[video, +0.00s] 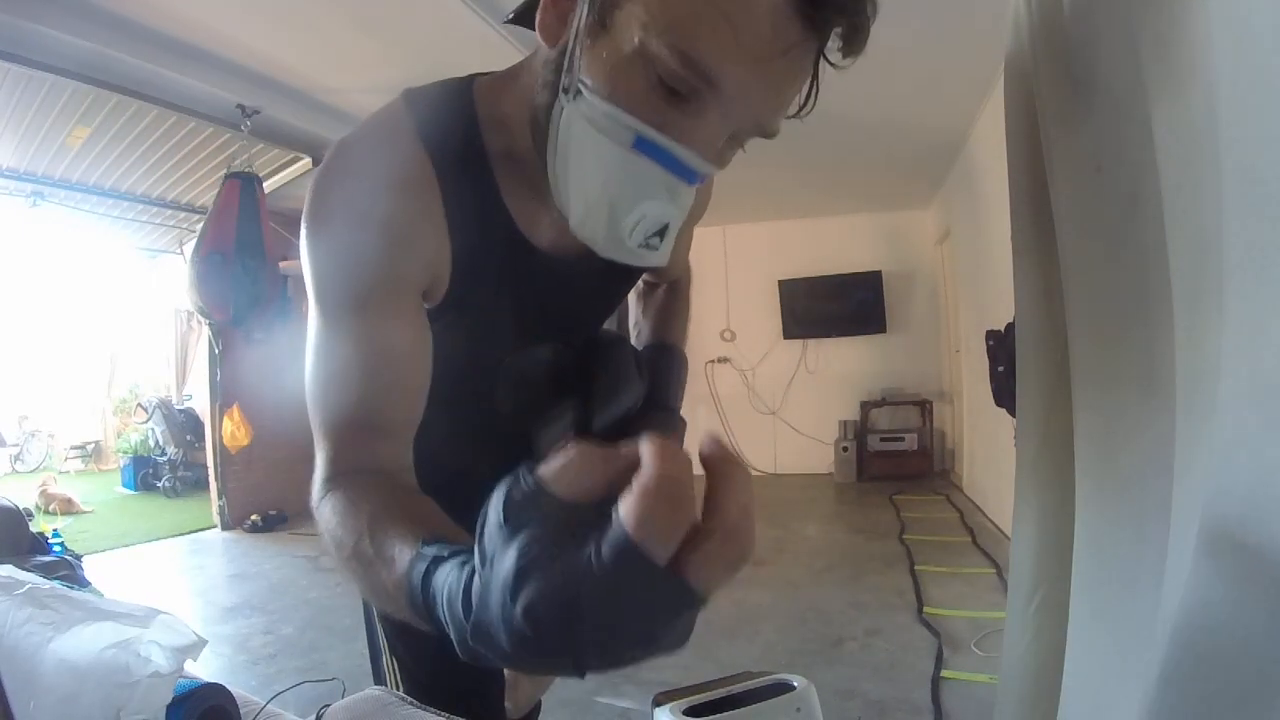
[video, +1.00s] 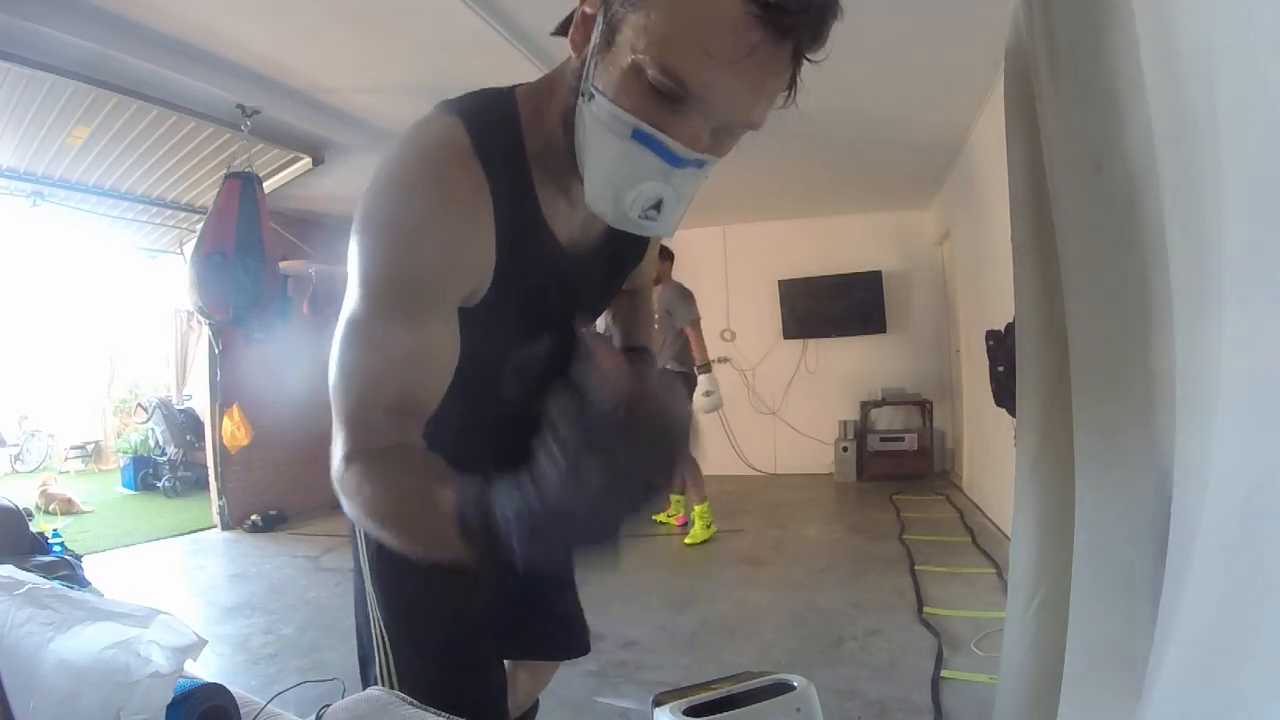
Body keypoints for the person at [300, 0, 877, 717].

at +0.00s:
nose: (695, 164)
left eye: (744, 137)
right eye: (673, 87)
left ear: (768, 124)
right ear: (563, 14)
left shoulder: (668, 179)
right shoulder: (387, 178)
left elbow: (663, 279)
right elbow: (355, 475)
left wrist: (652, 417)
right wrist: (465, 594)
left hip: (560, 516)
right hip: (425, 523)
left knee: (532, 677)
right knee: (463, 699)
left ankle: (518, 707)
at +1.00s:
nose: (685, 151)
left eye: (731, 127)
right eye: (663, 91)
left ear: (763, 112)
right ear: (585, 32)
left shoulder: (645, 180)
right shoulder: (443, 167)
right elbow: (370, 456)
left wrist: (643, 409)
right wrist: (517, 516)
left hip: (533, 466)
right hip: (417, 479)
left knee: (539, 653)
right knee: (458, 700)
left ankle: (512, 710)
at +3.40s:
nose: (749, 224)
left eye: (765, 212)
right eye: (750, 192)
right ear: (693, 139)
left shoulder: (612, 193)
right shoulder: (632, 214)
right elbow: (520, 416)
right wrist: (665, 449)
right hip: (419, 469)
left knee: (509, 681)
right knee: (511, 704)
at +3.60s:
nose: (726, 176)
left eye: (744, 163)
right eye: (725, 145)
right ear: (659, 95)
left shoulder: (614, 192)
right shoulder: (547, 172)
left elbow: (552, 332)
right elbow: (463, 402)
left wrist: (593, 418)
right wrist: (652, 406)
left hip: (486, 449)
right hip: (422, 455)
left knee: (529, 638)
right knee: (479, 698)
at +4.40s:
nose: (637, 105)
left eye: (679, 85)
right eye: (617, 57)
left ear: (709, 95)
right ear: (564, 38)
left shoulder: (648, 196)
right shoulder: (464, 164)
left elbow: (628, 300)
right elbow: (387, 429)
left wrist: (632, 386)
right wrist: (572, 457)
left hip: (525, 457)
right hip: (427, 465)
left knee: (532, 664)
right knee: (468, 702)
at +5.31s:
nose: (620, 86)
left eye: (667, 61)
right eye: (596, 36)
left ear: (701, 73)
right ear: (546, 23)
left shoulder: (669, 186)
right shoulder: (440, 171)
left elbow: (660, 303)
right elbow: (387, 399)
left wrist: (660, 417)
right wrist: (442, 468)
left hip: (552, 448)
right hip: (434, 453)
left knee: (528, 683)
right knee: (473, 704)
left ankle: (516, 707)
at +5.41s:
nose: (641, 90)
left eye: (682, 64)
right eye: (612, 39)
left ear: (712, 70)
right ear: (547, 24)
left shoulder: (669, 187)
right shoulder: (440, 171)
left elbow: (661, 303)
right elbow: (378, 399)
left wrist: (659, 416)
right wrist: (438, 464)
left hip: (550, 454)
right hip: (434, 464)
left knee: (527, 684)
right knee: (469, 704)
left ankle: (518, 707)